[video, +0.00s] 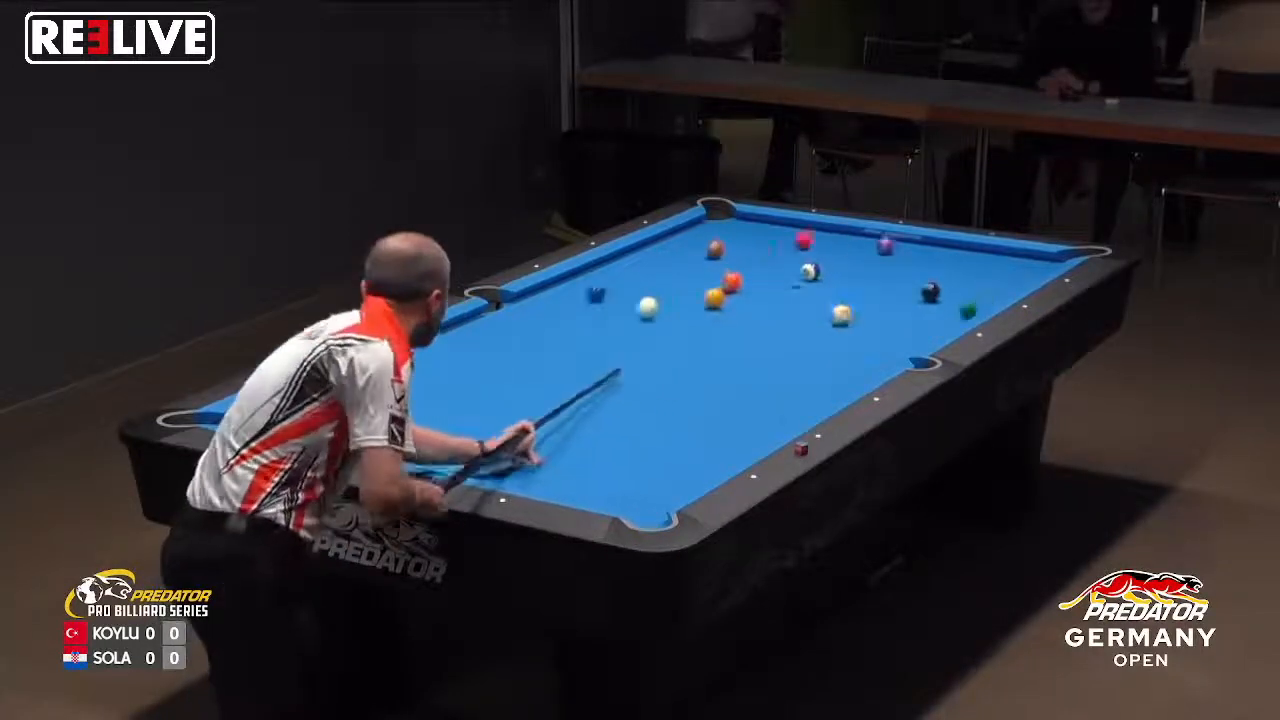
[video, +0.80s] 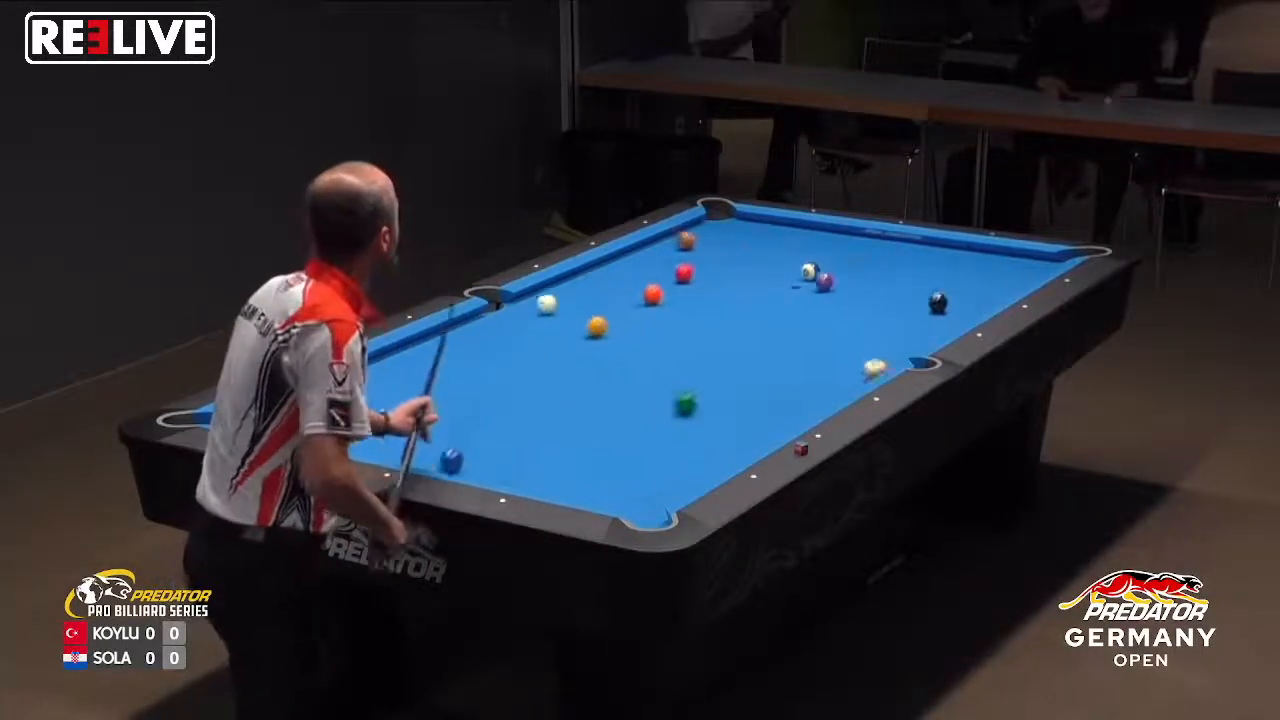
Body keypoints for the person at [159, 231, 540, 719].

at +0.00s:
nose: (447, 306)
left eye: (444, 294)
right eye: (447, 296)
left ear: (370, 285)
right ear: (435, 300)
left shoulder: (341, 331)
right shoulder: (377, 354)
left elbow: (389, 431)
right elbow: (381, 494)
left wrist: (481, 450)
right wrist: (419, 494)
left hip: (200, 538)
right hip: (246, 550)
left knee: (248, 698)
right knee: (279, 699)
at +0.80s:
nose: (398, 233)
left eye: (396, 219)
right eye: (397, 221)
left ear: (316, 223)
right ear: (384, 238)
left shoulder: (274, 292)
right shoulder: (332, 326)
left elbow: (290, 407)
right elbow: (326, 474)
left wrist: (386, 422)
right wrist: (387, 525)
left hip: (216, 537)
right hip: (264, 556)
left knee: (263, 695)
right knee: (286, 698)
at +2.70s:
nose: (336, 225)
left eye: (332, 209)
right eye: (335, 212)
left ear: (245, 211)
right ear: (320, 225)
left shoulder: (187, 312)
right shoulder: (323, 348)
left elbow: (184, 444)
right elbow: (369, 499)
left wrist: (196, 540)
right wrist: (421, 596)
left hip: (234, 566)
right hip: (315, 575)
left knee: (266, 700)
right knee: (342, 701)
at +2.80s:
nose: (336, 228)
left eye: (333, 212)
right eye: (335, 215)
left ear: (245, 215)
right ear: (320, 230)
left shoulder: (184, 316)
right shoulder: (324, 353)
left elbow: (179, 447)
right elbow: (372, 510)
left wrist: (194, 544)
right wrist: (421, 610)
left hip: (231, 571)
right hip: (316, 579)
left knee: (259, 705)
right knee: (335, 704)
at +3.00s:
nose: (334, 228)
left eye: (332, 213)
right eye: (334, 216)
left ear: (242, 218)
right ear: (320, 233)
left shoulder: (180, 320)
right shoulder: (324, 359)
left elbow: (172, 458)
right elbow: (368, 520)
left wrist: (190, 540)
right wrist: (412, 620)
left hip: (229, 577)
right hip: (314, 587)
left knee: (256, 705)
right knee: (338, 706)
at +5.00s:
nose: (145, 176)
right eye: (145, 165)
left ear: (61, 165)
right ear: (139, 172)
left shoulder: (17, 266)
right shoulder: (184, 271)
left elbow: (10, 388)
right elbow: (210, 411)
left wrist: (39, 409)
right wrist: (203, 491)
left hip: (60, 506)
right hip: (159, 498)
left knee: (94, 673)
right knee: (160, 669)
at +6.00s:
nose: (113, 150)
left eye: (117, 137)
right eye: (115, 136)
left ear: (50, 120)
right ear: (90, 131)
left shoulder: (3, 179)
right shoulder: (98, 220)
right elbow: (126, 361)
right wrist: (120, 420)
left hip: (1, 413)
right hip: (65, 419)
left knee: (4, 579)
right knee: (76, 581)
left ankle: (11, 700)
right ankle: (77, 705)